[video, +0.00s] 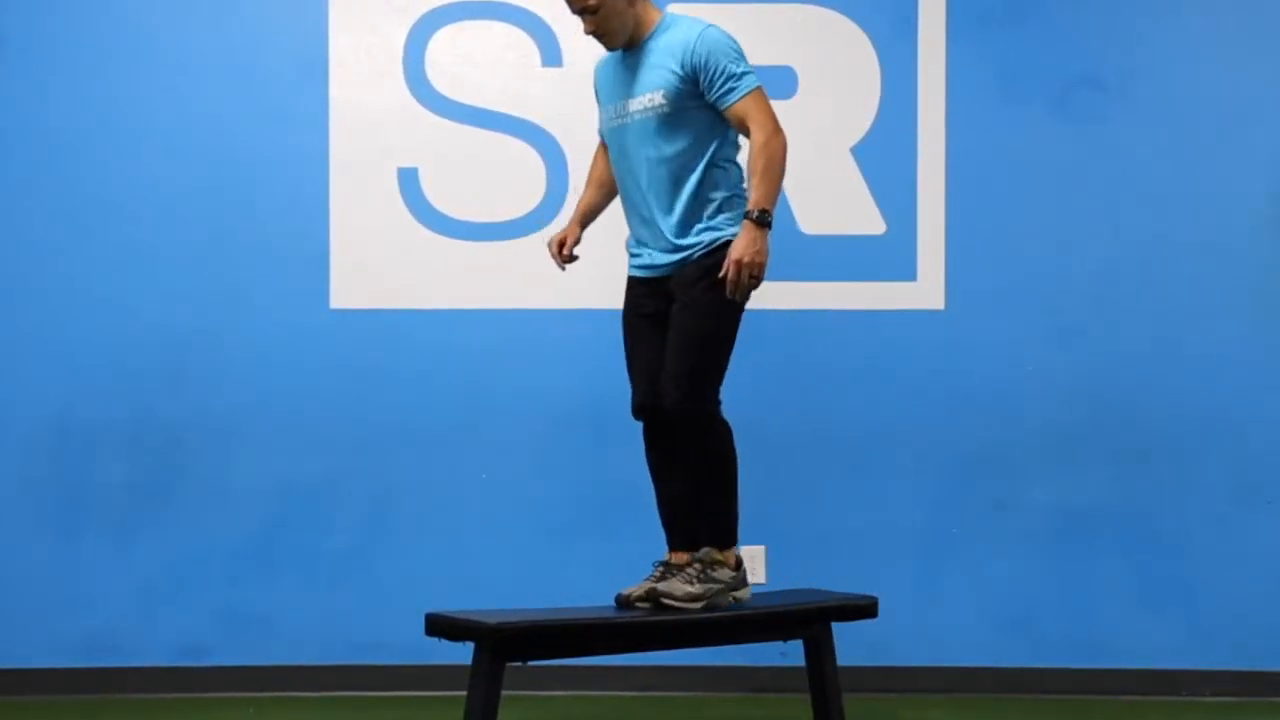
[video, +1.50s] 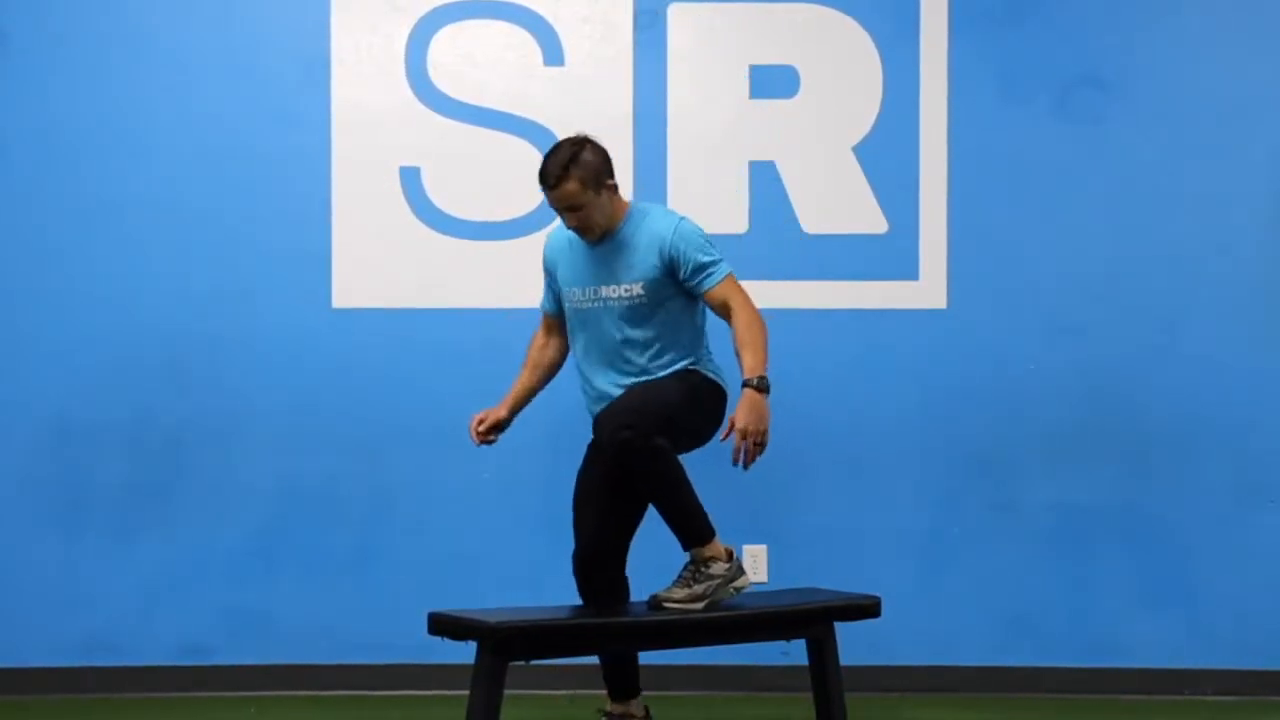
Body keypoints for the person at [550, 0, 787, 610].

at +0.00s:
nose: (583, 24)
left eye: (587, 10)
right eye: (577, 14)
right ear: (595, 11)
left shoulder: (699, 44)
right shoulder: (608, 70)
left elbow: (767, 134)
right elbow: (613, 154)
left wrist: (757, 225)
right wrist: (577, 220)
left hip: (712, 253)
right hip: (648, 265)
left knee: (689, 401)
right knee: (653, 409)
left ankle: (722, 562)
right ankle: (682, 561)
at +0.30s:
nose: (596, 19)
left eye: (601, 5)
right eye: (590, 9)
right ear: (609, 9)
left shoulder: (709, 40)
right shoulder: (618, 66)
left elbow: (768, 135)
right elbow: (629, 164)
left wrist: (751, 229)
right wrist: (590, 236)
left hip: (711, 259)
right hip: (645, 269)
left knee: (711, 407)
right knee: (660, 413)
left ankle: (729, 566)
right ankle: (682, 563)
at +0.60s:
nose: (606, 18)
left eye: (611, 5)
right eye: (601, 8)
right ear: (619, 7)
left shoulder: (716, 43)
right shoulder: (633, 56)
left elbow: (769, 143)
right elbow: (644, 163)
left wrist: (741, 234)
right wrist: (602, 228)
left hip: (712, 262)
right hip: (646, 266)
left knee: (711, 404)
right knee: (637, 400)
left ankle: (725, 564)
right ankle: (674, 554)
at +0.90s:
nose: (617, 43)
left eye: (624, 29)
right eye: (610, 32)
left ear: (662, 10)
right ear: (606, 21)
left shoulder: (723, 73)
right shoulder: (629, 64)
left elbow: (773, 174)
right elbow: (645, 168)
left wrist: (746, 262)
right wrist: (618, 237)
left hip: (704, 270)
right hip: (638, 271)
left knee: (684, 403)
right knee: (612, 406)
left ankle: (722, 566)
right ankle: (623, 560)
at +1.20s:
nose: (610, 160)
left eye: (620, 150)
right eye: (605, 149)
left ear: (657, 130)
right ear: (599, 136)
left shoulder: (709, 183)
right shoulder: (595, 169)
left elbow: (789, 258)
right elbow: (577, 237)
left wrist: (775, 340)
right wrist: (529, 306)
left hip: (694, 348)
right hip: (620, 362)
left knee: (635, 434)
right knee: (608, 508)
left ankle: (716, 566)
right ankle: (598, 655)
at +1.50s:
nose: (569, 222)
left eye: (576, 209)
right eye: (560, 211)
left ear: (610, 189)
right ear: (553, 200)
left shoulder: (668, 234)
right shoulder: (560, 250)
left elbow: (740, 307)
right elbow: (552, 336)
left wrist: (755, 390)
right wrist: (508, 407)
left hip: (685, 392)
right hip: (611, 417)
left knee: (621, 426)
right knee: (595, 562)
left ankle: (712, 559)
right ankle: (624, 705)